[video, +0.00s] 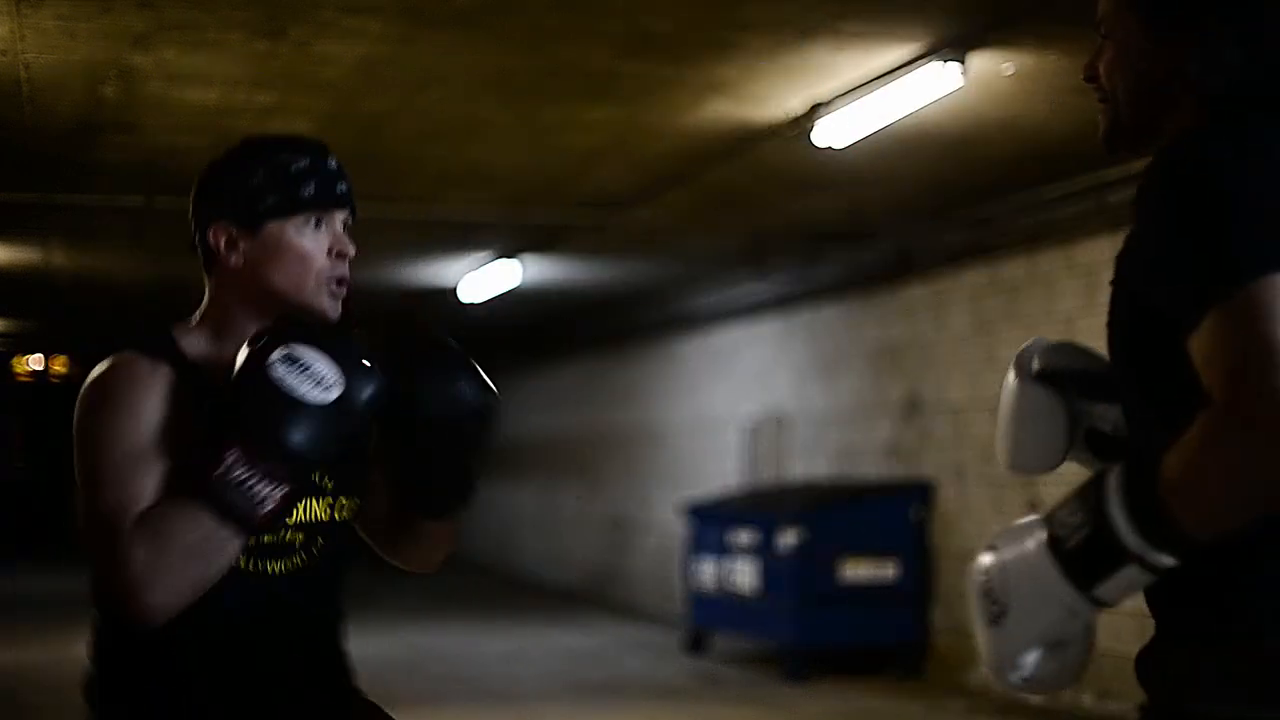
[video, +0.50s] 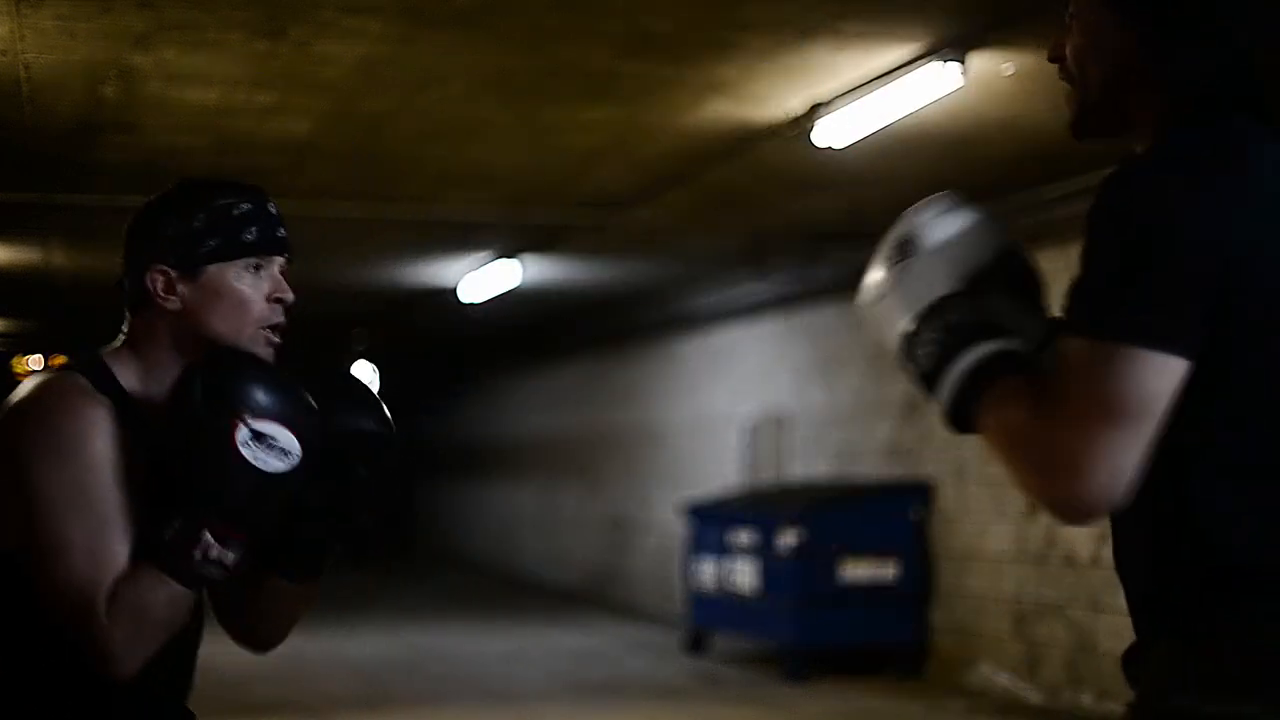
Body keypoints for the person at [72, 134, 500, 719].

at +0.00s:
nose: (346, 248)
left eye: (345, 228)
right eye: (317, 225)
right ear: (230, 245)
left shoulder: (327, 378)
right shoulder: (133, 388)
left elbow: (414, 553)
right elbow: (140, 589)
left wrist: (443, 453)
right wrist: (260, 460)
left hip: (315, 697)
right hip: (174, 709)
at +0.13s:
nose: (366, 224)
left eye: (361, 201)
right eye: (336, 199)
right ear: (250, 220)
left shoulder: (318, 354)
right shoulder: (148, 359)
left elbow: (400, 551)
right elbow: (197, 575)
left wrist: (434, 421)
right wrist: (298, 428)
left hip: (272, 684)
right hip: (137, 690)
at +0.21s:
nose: (368, 243)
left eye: (365, 219)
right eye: (340, 217)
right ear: (253, 234)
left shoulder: (292, 369)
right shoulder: (148, 367)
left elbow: (400, 560)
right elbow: (220, 592)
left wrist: (439, 423)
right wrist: (306, 430)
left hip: (244, 699)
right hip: (119, 709)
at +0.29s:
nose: (349, 273)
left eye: (346, 247)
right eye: (323, 244)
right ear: (235, 262)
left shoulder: (261, 391)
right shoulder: (130, 390)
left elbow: (376, 581)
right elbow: (208, 617)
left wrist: (417, 428)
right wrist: (295, 450)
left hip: (211, 710)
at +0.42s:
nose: (305, 295)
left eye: (301, 274)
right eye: (275, 273)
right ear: (191, 291)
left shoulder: (222, 414)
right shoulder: (87, 420)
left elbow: (280, 630)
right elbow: (144, 651)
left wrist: (351, 487)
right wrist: (252, 502)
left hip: (172, 711)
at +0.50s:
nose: (285, 294)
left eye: (280, 271)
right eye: (253, 269)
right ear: (168, 287)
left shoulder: (205, 410)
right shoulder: (65, 413)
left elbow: (256, 627)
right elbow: (111, 644)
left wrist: (321, 500)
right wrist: (215, 505)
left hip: (160, 708)